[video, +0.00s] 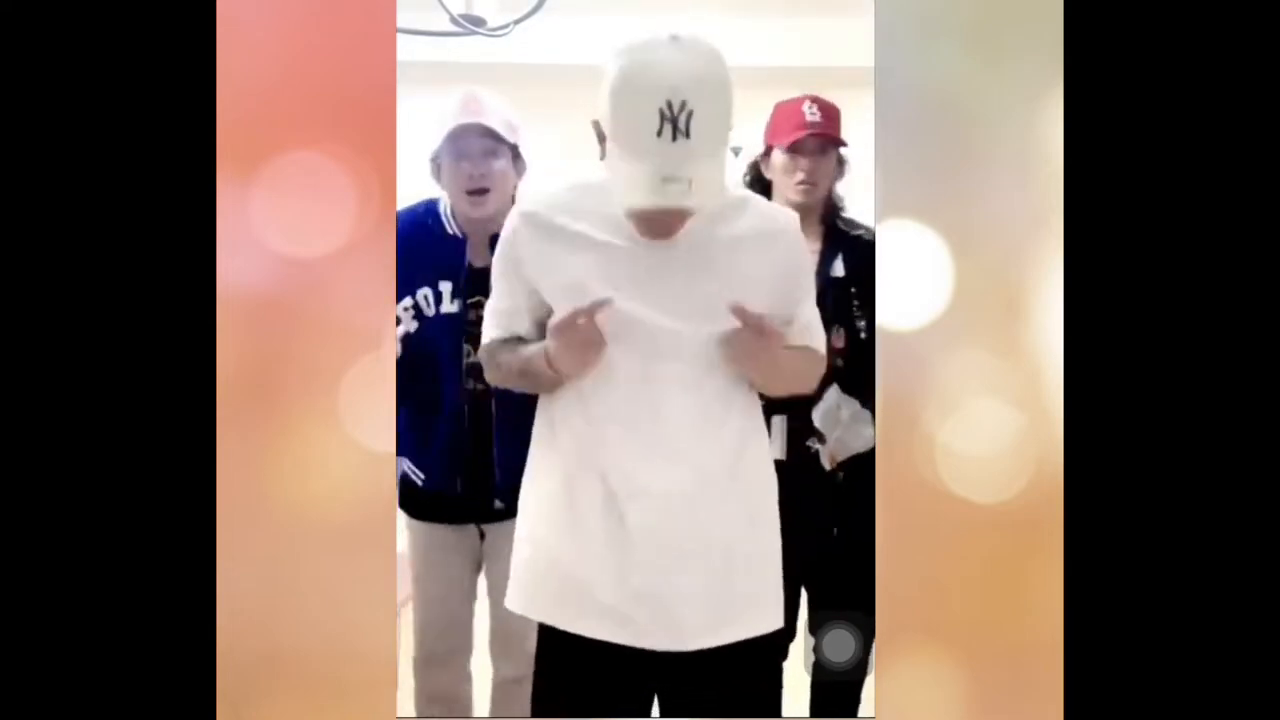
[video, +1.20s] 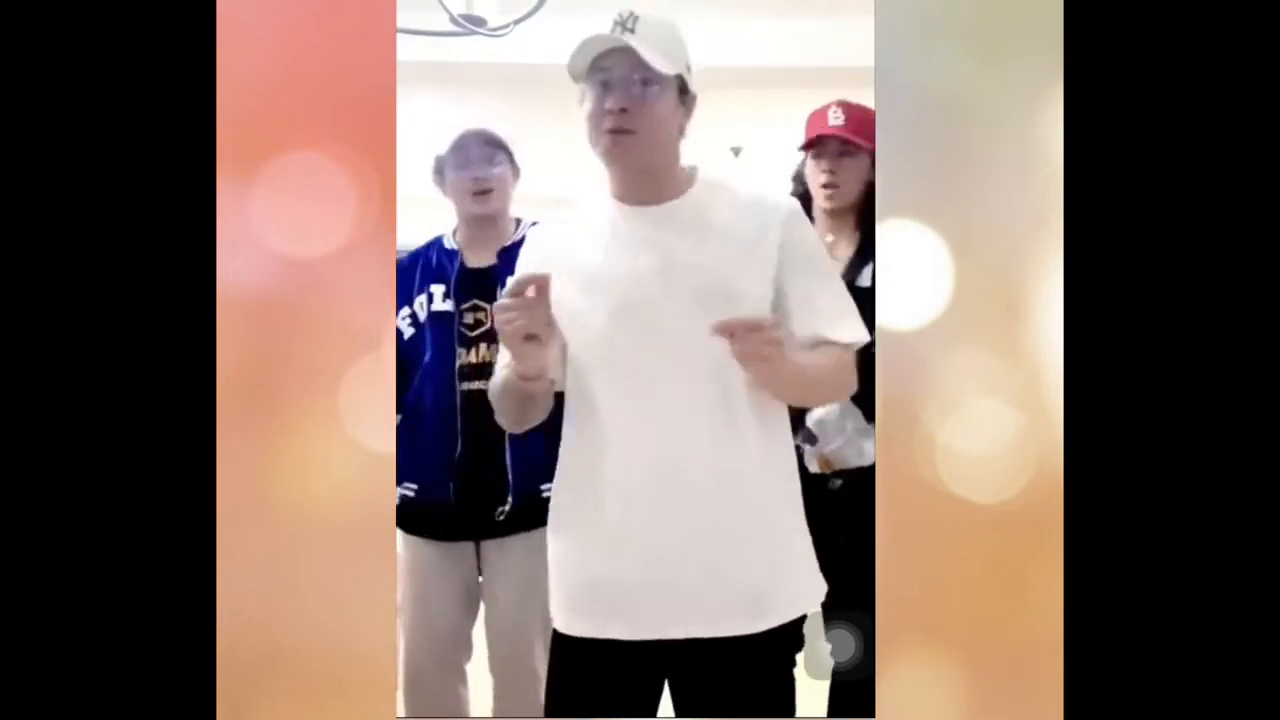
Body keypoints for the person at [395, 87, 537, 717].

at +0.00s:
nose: (477, 168)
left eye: (493, 153)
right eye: (460, 154)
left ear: (519, 168)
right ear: (437, 170)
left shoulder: (544, 241)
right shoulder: (401, 241)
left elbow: (574, 355)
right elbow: (364, 344)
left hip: (526, 483)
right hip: (435, 483)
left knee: (522, 655)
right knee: (438, 653)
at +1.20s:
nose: (479, 173)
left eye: (492, 160)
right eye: (463, 164)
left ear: (515, 176)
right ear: (442, 185)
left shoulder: (551, 260)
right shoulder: (408, 270)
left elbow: (580, 369)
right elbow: (380, 380)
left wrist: (578, 479)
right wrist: (388, 480)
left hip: (526, 500)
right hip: (432, 501)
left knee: (522, 669)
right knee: (429, 669)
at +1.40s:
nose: (475, 171)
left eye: (485, 157)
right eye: (456, 166)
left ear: (510, 169)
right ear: (440, 191)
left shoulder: (549, 247)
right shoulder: (416, 259)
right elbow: (379, 352)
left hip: (525, 494)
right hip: (433, 496)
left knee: (521, 663)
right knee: (429, 664)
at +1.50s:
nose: (478, 168)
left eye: (489, 156)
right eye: (462, 163)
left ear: (513, 170)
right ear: (444, 186)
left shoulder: (539, 252)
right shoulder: (424, 255)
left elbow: (537, 371)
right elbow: (383, 342)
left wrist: (435, 344)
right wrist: (424, 306)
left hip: (521, 490)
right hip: (434, 492)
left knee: (519, 660)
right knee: (429, 655)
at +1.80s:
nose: (510, 169)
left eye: (520, 157)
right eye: (493, 163)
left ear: (544, 175)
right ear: (474, 187)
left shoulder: (572, 252)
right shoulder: (456, 258)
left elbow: (563, 369)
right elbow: (414, 339)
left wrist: (482, 336)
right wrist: (484, 383)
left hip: (541, 484)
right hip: (460, 485)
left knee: (536, 652)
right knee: (442, 645)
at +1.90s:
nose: (518, 173)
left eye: (529, 161)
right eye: (502, 166)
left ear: (553, 178)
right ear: (482, 187)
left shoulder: (581, 261)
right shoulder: (454, 264)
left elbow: (596, 372)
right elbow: (440, 376)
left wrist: (552, 271)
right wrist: (414, 330)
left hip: (547, 490)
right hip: (465, 489)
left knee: (544, 652)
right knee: (449, 650)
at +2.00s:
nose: (522, 174)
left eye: (535, 164)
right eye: (506, 167)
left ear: (557, 186)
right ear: (487, 191)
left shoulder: (588, 269)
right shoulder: (455, 270)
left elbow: (617, 382)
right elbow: (427, 371)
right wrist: (367, 331)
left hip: (555, 505)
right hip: (467, 503)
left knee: (549, 668)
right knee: (441, 659)